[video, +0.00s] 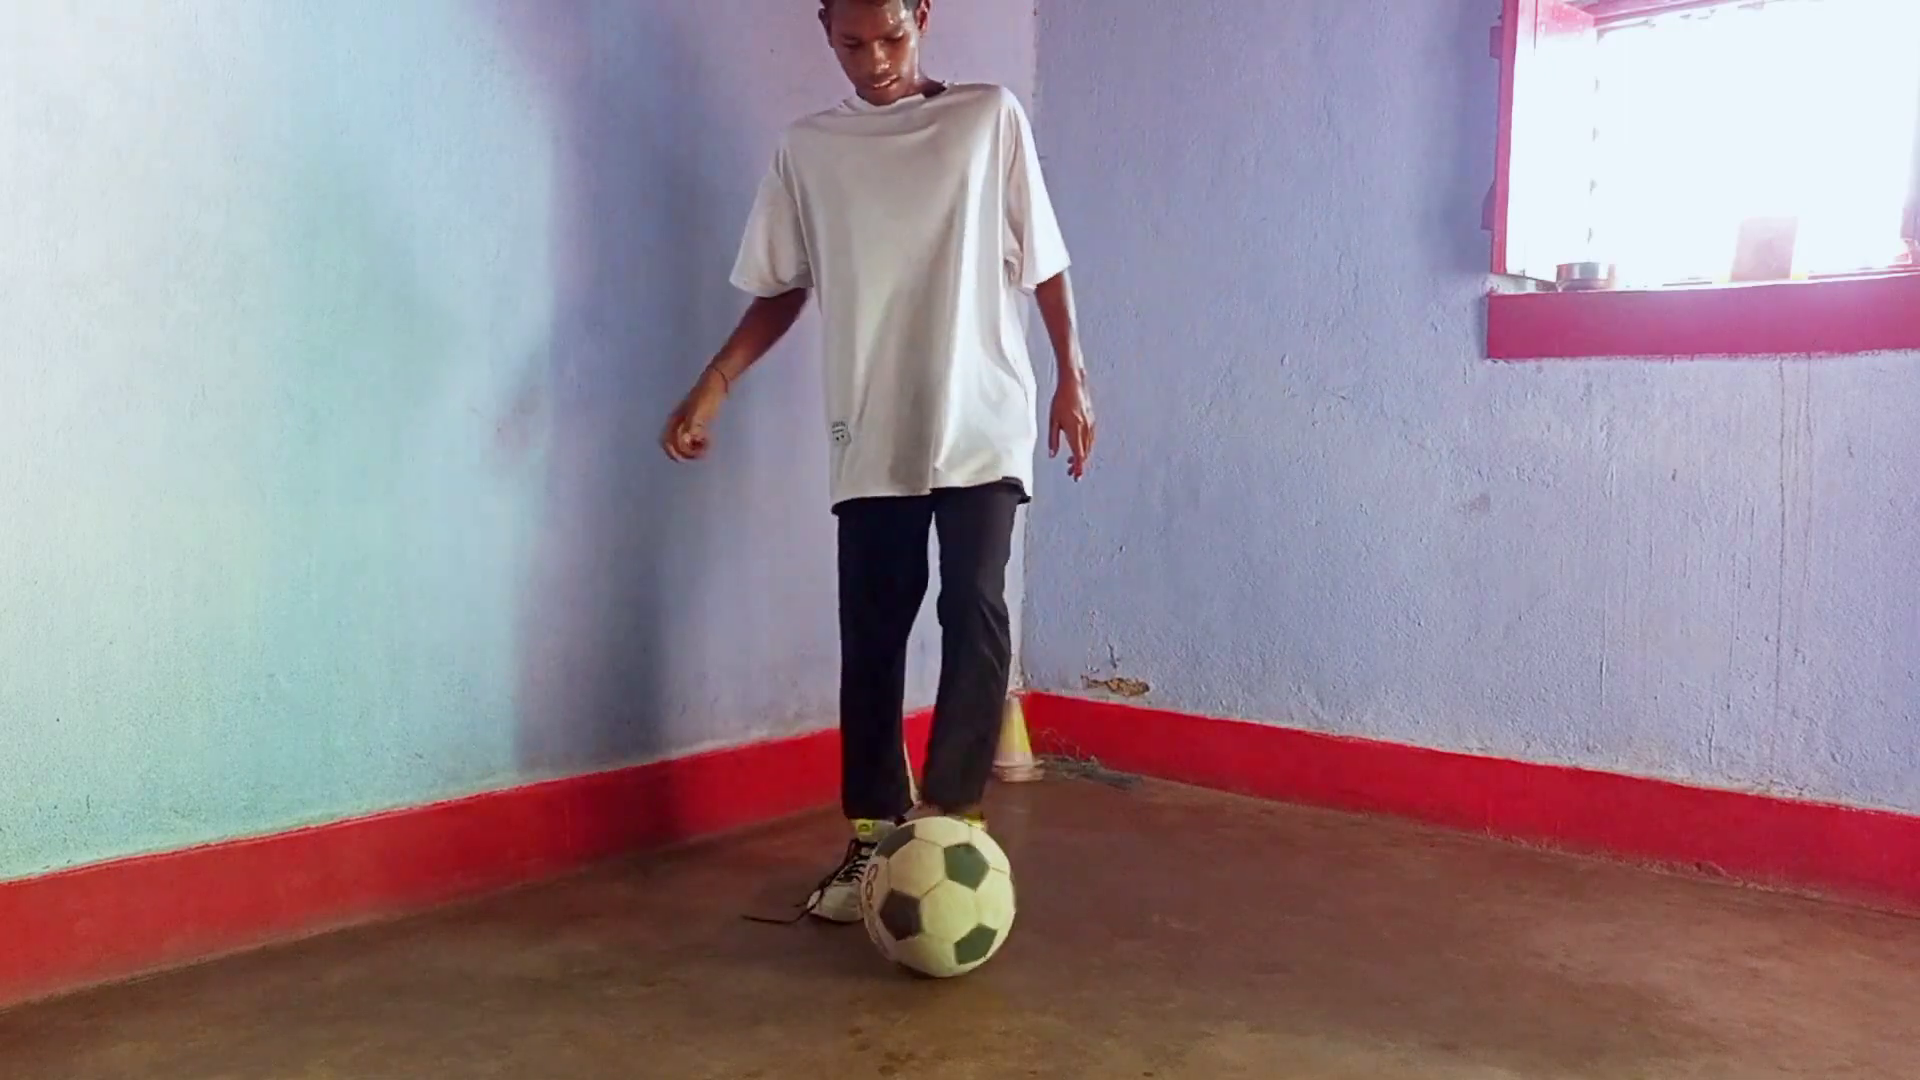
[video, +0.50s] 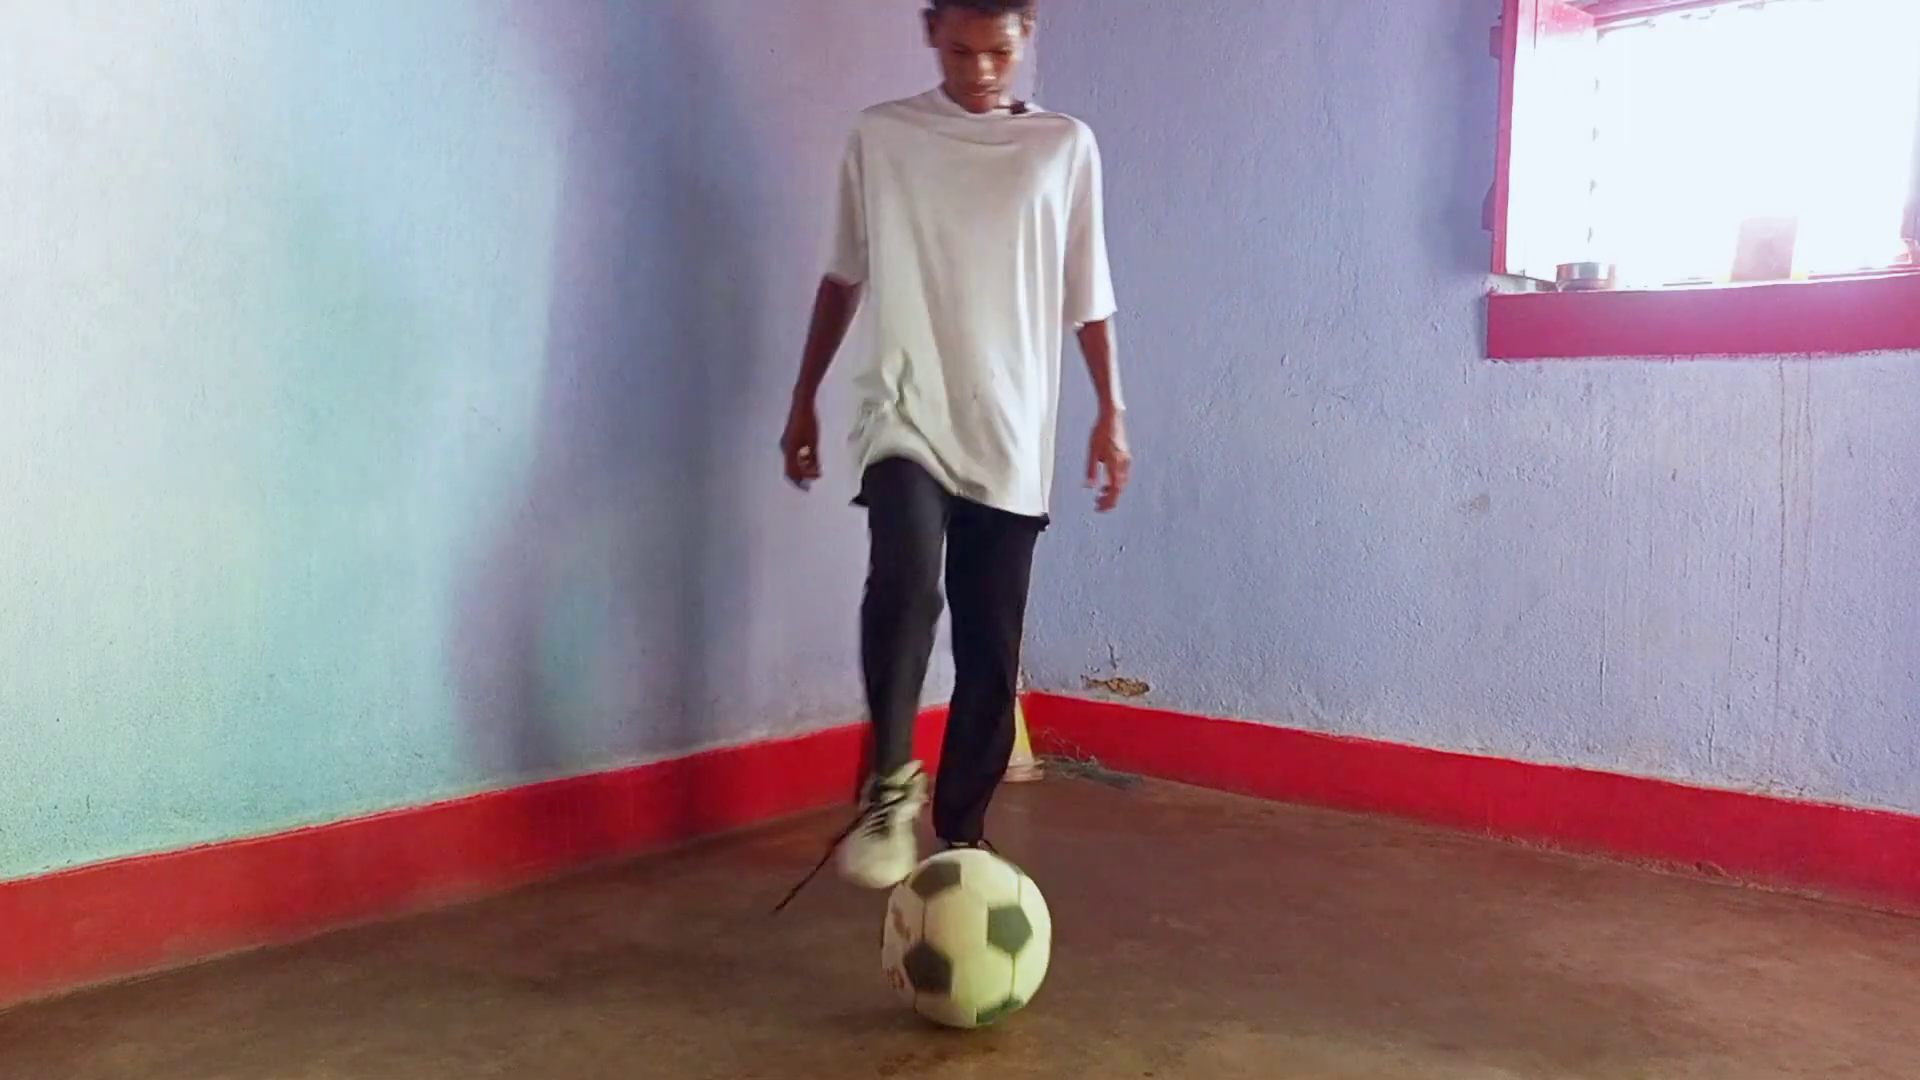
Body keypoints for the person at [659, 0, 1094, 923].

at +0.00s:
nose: (875, 61)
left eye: (890, 39)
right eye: (853, 44)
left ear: (920, 22)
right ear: (828, 36)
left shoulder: (989, 117)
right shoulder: (808, 150)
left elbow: (1042, 261)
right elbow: (782, 294)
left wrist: (1072, 375)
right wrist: (707, 388)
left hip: (982, 417)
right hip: (872, 427)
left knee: (974, 605)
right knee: (869, 632)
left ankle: (949, 831)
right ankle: (876, 840)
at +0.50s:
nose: (980, 71)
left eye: (998, 52)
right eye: (962, 52)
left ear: (1027, 39)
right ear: (931, 37)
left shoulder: (1066, 146)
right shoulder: (878, 135)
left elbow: (1087, 293)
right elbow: (842, 278)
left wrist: (1111, 410)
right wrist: (803, 398)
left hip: (1010, 429)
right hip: (904, 414)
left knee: (991, 652)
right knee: (907, 581)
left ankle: (959, 843)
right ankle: (889, 786)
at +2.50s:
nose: (1027, 116)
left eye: (1045, 97)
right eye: (1010, 97)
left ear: (1085, 65)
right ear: (989, 69)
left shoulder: (1135, 179)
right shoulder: (950, 161)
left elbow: (1166, 335)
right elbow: (919, 298)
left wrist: (1164, 462)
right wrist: (883, 416)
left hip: (1072, 455)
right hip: (968, 443)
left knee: (1049, 658)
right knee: (956, 640)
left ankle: (1022, 841)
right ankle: (942, 839)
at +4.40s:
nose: (980, 123)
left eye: (994, 102)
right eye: (960, 104)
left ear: (1033, 59)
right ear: (934, 79)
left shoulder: (1094, 170)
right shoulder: (909, 162)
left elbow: (1138, 323)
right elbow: (881, 305)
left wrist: (1141, 449)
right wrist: (843, 425)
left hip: (1042, 457)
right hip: (930, 449)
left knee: (1031, 655)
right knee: (911, 645)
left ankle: (1028, 855)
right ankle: (909, 840)